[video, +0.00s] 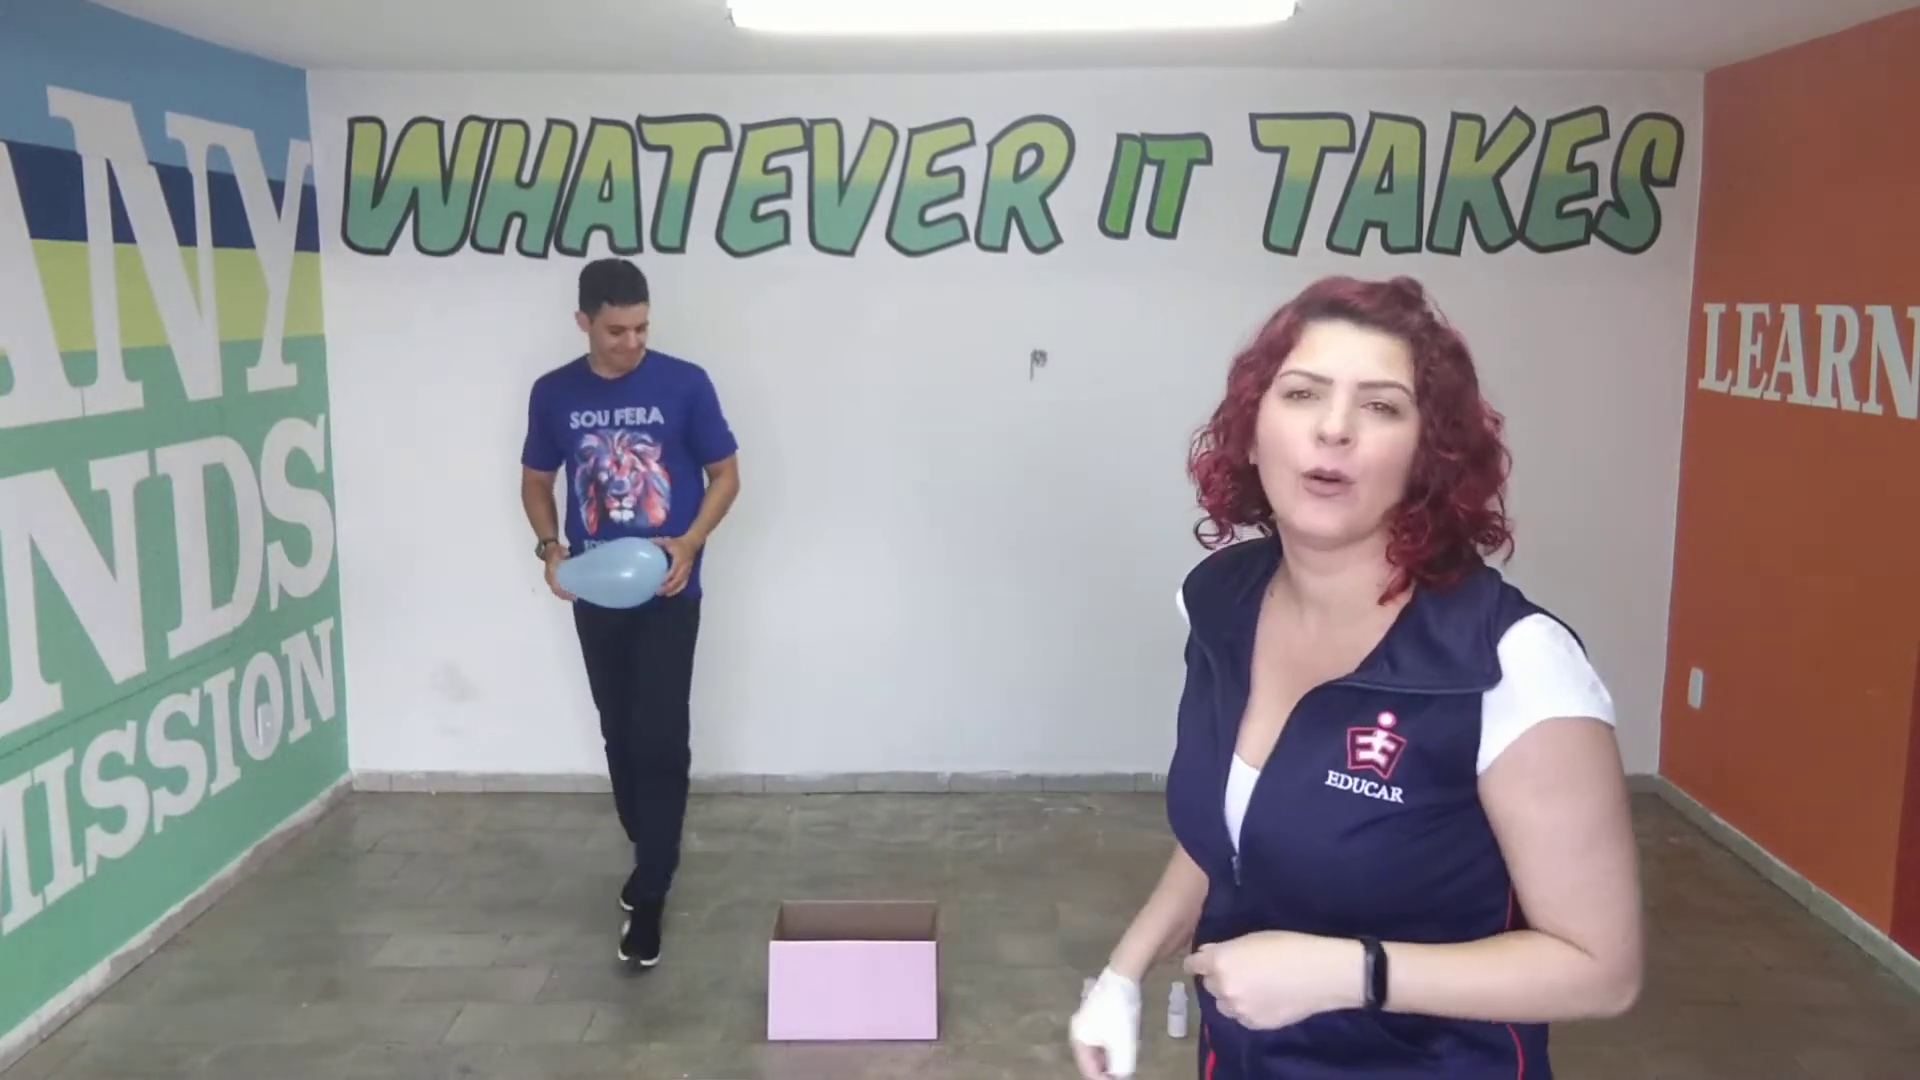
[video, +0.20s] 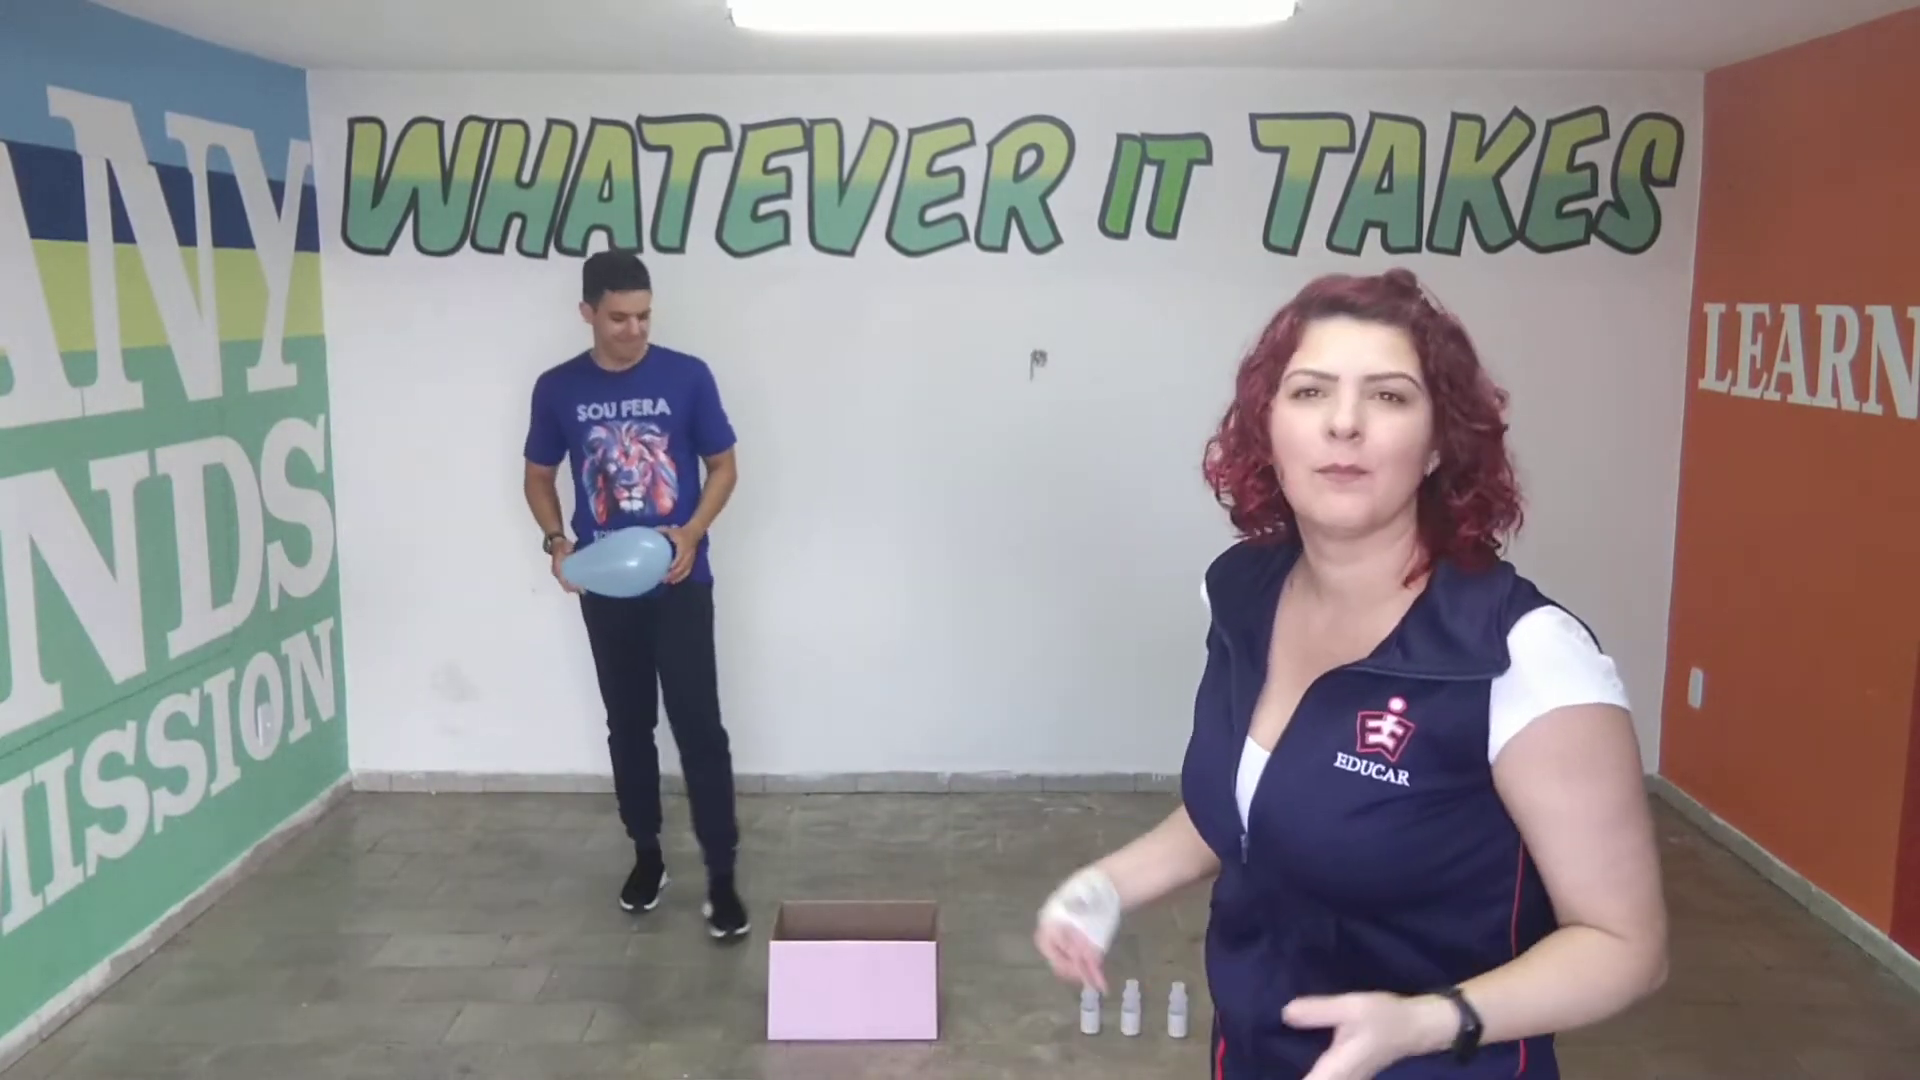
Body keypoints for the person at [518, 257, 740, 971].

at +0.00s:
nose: (630, 342)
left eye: (639, 329)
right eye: (616, 331)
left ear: (649, 319)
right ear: (585, 322)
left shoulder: (684, 384)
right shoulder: (554, 394)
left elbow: (726, 475)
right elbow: (536, 484)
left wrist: (693, 540)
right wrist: (551, 541)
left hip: (668, 588)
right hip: (596, 591)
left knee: (660, 734)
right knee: (619, 732)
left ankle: (650, 895)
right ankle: (648, 861)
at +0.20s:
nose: (631, 327)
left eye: (640, 314)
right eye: (617, 316)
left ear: (652, 310)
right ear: (588, 314)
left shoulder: (687, 377)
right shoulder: (558, 389)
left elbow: (724, 467)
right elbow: (538, 474)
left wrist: (696, 528)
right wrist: (557, 533)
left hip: (680, 580)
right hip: (605, 585)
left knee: (699, 726)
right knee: (628, 726)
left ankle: (721, 877)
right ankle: (645, 854)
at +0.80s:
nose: (686, 319)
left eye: (693, 307)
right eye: (673, 308)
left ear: (701, 306)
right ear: (643, 307)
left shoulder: (723, 372)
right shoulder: (611, 384)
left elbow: (742, 457)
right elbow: (581, 480)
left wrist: (759, 521)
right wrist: (643, 528)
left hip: (726, 574)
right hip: (654, 579)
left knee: (737, 700)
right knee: (650, 714)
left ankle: (745, 817)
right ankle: (647, 851)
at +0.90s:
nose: (696, 312)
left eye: (705, 301)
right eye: (683, 301)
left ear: (714, 305)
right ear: (657, 305)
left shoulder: (734, 373)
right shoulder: (626, 382)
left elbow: (751, 456)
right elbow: (598, 478)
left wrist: (771, 522)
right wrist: (664, 525)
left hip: (732, 575)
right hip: (665, 579)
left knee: (733, 704)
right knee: (656, 717)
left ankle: (742, 819)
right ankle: (648, 852)